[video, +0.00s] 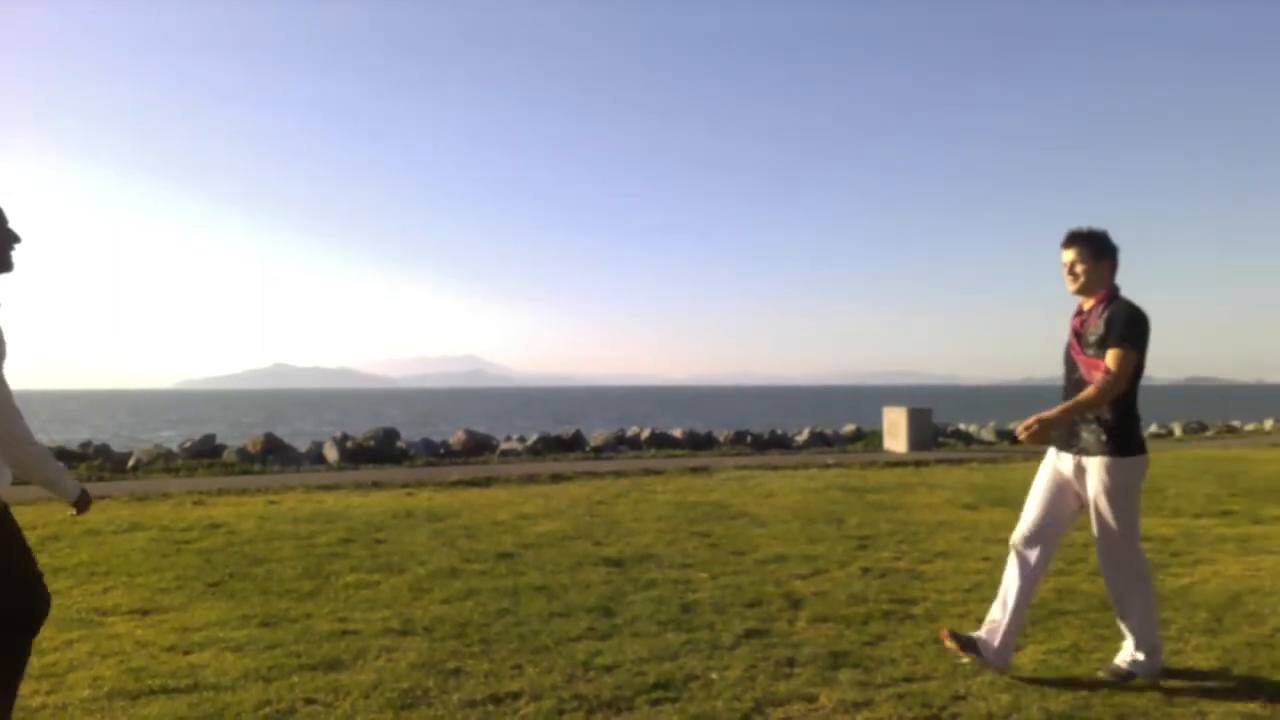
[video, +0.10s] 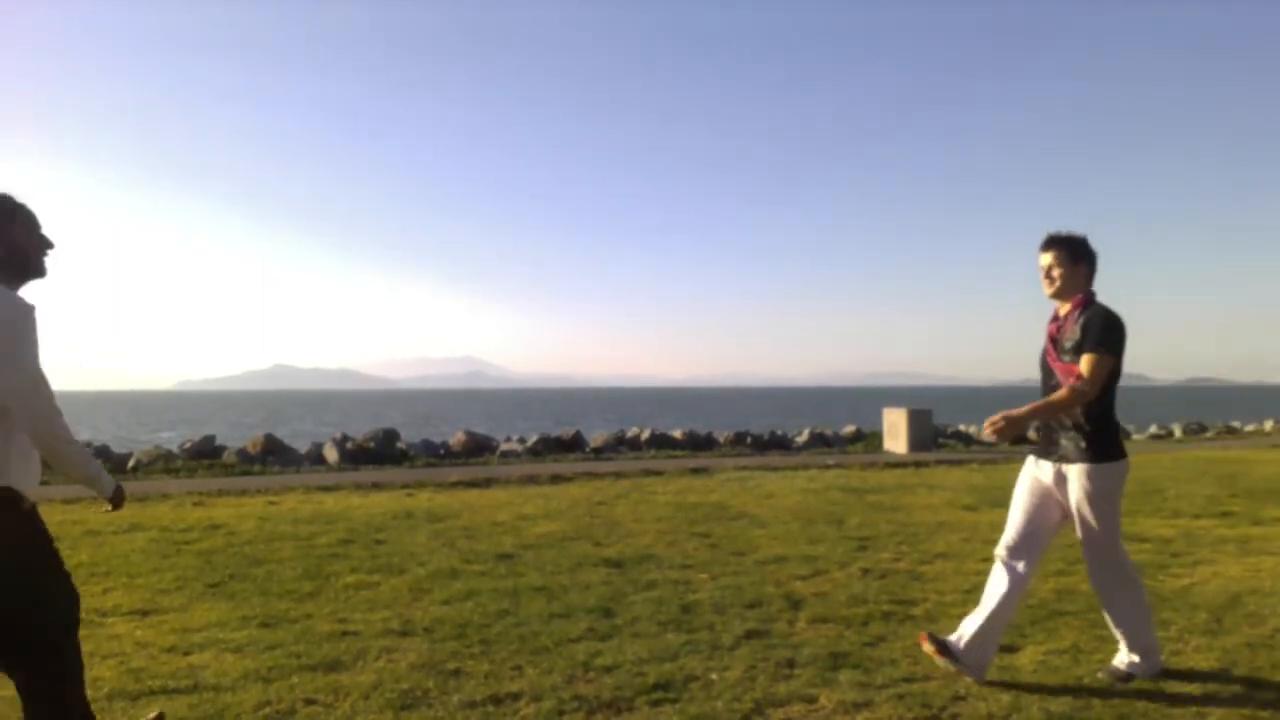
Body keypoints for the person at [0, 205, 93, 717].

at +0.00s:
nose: (12, 246)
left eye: (9, 235)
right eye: (6, 234)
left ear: (3, 243)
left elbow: (8, 420)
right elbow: (7, 422)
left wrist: (65, 484)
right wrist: (67, 486)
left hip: (2, 501)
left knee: (25, 599)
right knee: (26, 599)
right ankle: (5, 703)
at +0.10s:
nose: (47, 243)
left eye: (40, 232)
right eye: (34, 232)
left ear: (10, 243)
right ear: (5, 241)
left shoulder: (12, 311)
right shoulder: (11, 310)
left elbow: (36, 412)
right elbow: (37, 413)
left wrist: (99, 478)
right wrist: (102, 480)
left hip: (9, 501)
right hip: (5, 501)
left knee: (46, 613)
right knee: (48, 614)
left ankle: (61, 708)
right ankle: (62, 711)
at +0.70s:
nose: (208, 261)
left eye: (201, 250)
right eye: (195, 252)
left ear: (158, 268)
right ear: (164, 265)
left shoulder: (140, 320)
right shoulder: (160, 323)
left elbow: (122, 430)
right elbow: (143, 433)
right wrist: (168, 523)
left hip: (134, 492)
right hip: (156, 494)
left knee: (159, 618)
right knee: (214, 618)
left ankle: (125, 704)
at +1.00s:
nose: (253, 271)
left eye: (246, 262)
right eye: (239, 263)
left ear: (214, 276)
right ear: (205, 275)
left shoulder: (231, 334)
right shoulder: (185, 337)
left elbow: (231, 411)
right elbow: (142, 450)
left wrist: (259, 475)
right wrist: (173, 532)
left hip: (206, 494)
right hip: (182, 497)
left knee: (185, 641)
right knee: (263, 619)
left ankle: (163, 711)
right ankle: (288, 711)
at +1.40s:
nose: (314, 274)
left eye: (307, 265)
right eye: (300, 266)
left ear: (276, 282)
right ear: (267, 281)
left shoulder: (313, 342)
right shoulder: (231, 351)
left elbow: (323, 416)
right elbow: (183, 448)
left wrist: (342, 484)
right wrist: (196, 530)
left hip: (274, 502)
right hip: (236, 501)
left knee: (233, 638)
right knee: (310, 615)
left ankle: (188, 712)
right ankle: (296, 715)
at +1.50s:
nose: (332, 276)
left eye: (326, 266)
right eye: (318, 267)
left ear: (293, 280)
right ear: (285, 280)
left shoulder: (332, 341)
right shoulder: (245, 349)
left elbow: (339, 421)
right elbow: (198, 446)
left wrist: (357, 487)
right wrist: (210, 527)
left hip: (295, 504)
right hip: (253, 502)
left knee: (249, 643)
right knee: (324, 616)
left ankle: (182, 713)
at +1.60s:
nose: (351, 271)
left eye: (346, 260)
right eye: (338, 261)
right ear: (307, 272)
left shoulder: (348, 339)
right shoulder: (259, 341)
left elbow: (352, 420)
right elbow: (212, 437)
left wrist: (366, 487)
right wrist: (226, 516)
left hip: (314, 503)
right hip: (269, 500)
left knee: (281, 637)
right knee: (339, 622)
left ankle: (191, 705)